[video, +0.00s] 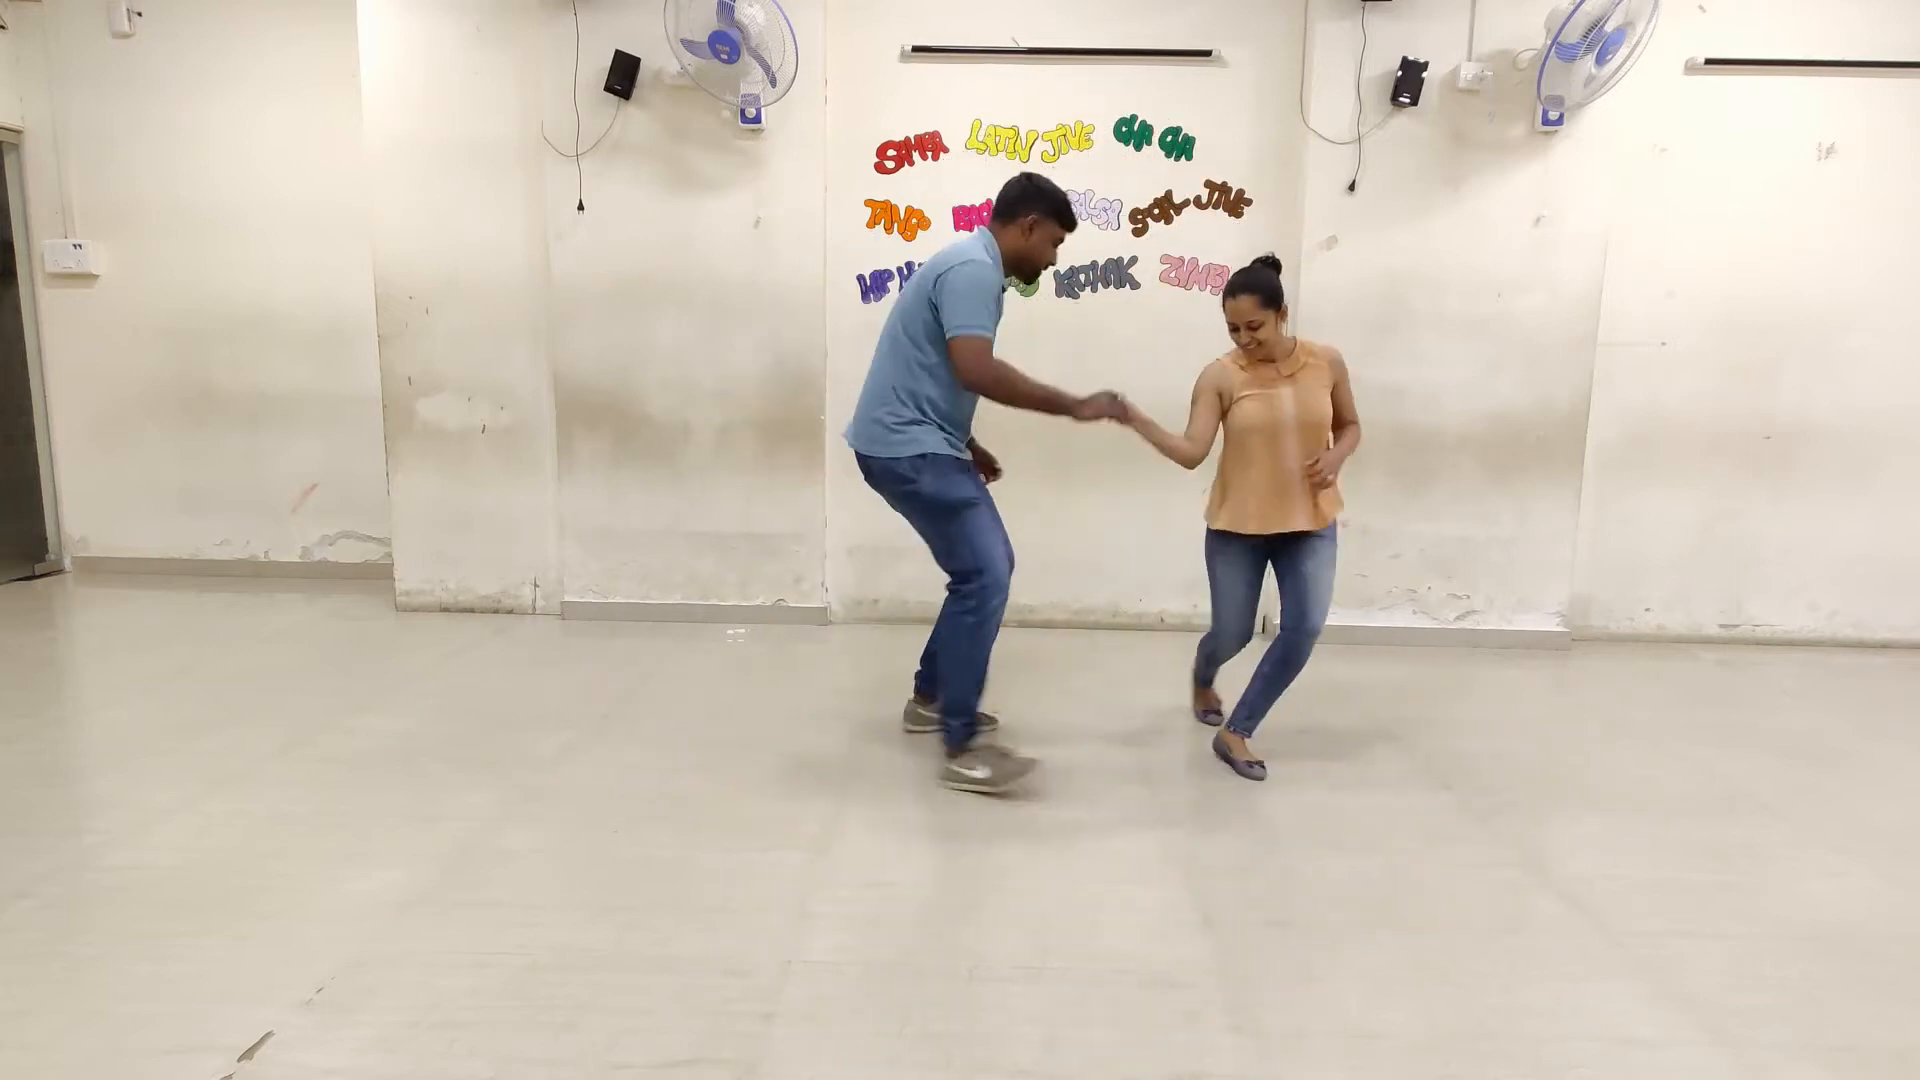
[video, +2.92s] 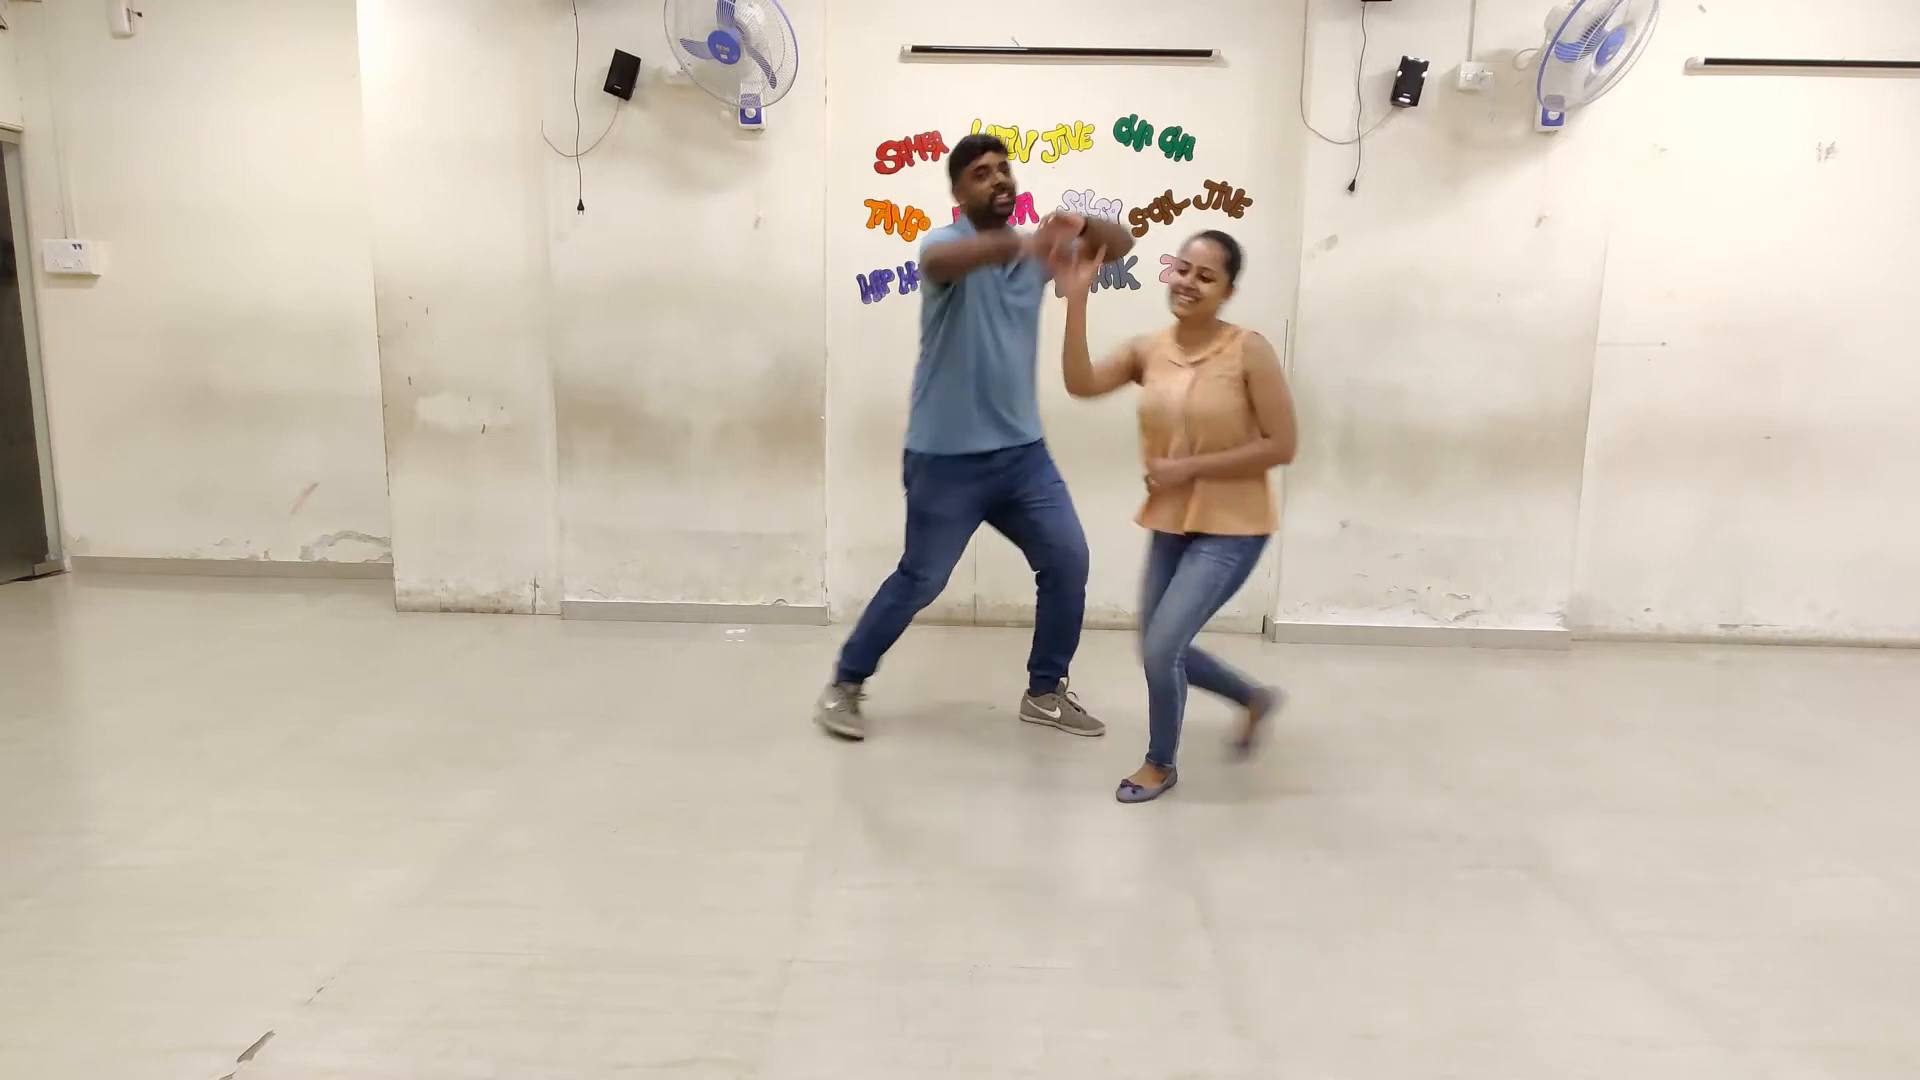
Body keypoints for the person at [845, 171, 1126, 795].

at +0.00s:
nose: (1054, 258)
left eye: (1059, 245)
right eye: (1054, 242)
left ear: (1018, 226)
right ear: (1025, 224)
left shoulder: (972, 266)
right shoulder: (971, 268)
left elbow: (925, 371)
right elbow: (975, 368)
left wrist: (964, 444)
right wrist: (1071, 405)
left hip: (920, 438)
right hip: (903, 438)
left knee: (991, 564)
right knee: (984, 574)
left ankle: (932, 696)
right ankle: (963, 744)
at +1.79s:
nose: (1038, 169)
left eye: (1035, 160)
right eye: (1025, 161)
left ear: (1003, 176)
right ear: (986, 174)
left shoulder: (995, 244)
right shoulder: (966, 244)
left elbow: (985, 340)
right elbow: (994, 347)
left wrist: (1025, 372)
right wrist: (1088, 385)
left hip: (977, 431)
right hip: (942, 430)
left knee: (1023, 564)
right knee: (1000, 565)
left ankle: (974, 705)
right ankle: (984, 724)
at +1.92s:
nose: (1003, 172)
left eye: (1000, 162)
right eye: (987, 165)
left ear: (967, 183)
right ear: (952, 184)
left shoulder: (968, 248)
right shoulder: (945, 251)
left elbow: (974, 335)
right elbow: (1013, 340)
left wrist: (1011, 357)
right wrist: (1107, 372)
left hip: (971, 441)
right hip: (926, 442)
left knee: (1017, 566)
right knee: (967, 575)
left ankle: (974, 703)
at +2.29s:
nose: (941, 173)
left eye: (937, 163)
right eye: (928, 165)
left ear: (901, 181)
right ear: (894, 179)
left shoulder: (896, 233)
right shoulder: (889, 244)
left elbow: (932, 264)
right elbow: (970, 327)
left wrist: (964, 273)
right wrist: (1070, 350)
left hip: (890, 438)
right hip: (851, 442)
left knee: (938, 560)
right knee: (871, 578)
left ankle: (995, 691)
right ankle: (822, 692)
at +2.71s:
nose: (955, 184)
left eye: (954, 173)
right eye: (940, 177)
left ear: (956, 184)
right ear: (903, 195)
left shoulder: (960, 253)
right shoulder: (892, 258)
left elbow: (1017, 243)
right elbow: (913, 342)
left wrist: (1021, 243)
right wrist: (1011, 354)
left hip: (946, 450)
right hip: (880, 458)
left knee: (1015, 551)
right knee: (888, 593)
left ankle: (1023, 685)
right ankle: (817, 693)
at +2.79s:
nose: (971, 192)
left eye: (972, 183)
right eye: (955, 185)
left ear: (976, 193)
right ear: (921, 203)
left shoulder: (984, 262)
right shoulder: (910, 259)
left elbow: (1061, 256)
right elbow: (906, 320)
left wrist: (1043, 246)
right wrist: (1003, 346)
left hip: (967, 457)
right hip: (901, 463)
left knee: (1035, 556)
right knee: (899, 597)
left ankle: (1037, 689)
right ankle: (819, 693)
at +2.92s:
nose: (998, 178)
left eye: (1003, 169)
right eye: (982, 173)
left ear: (1015, 180)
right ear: (958, 190)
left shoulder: (1032, 245)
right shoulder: (946, 243)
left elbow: (1120, 242)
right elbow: (937, 262)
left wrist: (1083, 227)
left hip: (1019, 449)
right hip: (944, 453)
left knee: (1067, 562)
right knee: (922, 577)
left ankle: (1045, 691)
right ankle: (845, 683)